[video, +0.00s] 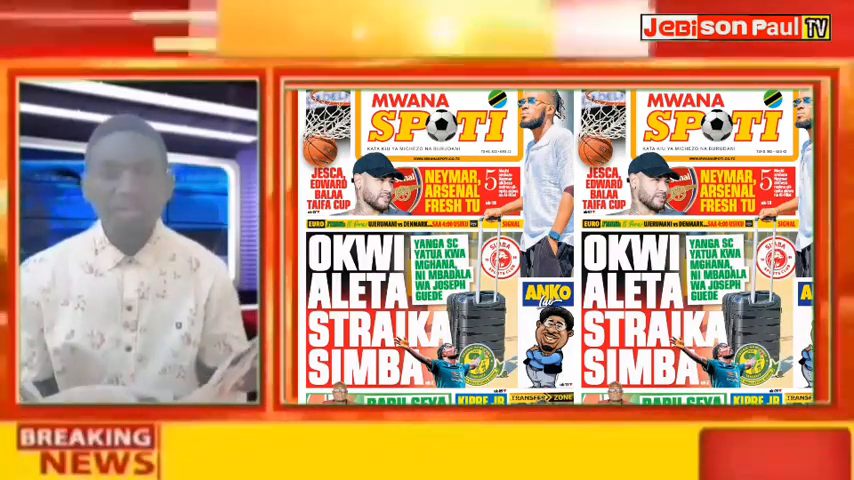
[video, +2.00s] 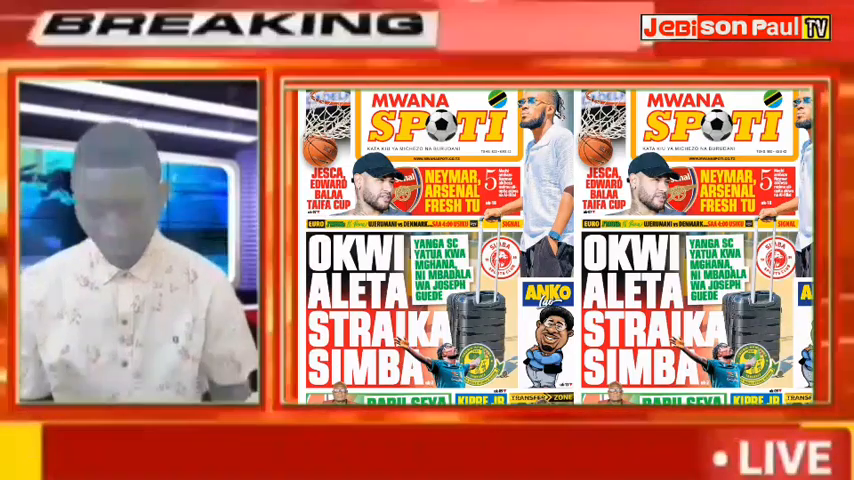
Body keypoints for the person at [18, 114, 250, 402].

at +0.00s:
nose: (127, 187)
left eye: (143, 171)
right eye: (110, 173)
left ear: (169, 184)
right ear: (86, 187)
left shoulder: (208, 274)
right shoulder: (39, 276)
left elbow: (231, 385)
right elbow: (28, 394)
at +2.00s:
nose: (113, 227)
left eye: (128, 208)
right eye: (95, 210)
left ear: (162, 195)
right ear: (74, 199)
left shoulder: (207, 286)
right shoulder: (36, 289)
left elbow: (231, 402)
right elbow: (32, 411)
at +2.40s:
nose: (132, 212)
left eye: (147, 192)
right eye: (114, 194)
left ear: (176, 191)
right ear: (91, 193)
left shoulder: (217, 277)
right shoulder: (50, 283)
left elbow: (255, 388)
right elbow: (43, 403)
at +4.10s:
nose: (132, 212)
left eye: (148, 193)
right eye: (115, 195)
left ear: (176, 186)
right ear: (94, 188)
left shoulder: (218, 274)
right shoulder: (58, 278)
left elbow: (248, 387)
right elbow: (34, 395)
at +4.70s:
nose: (131, 232)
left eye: (148, 215)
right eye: (115, 215)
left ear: (178, 195)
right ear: (91, 194)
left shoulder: (215, 276)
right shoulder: (53, 279)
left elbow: (240, 385)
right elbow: (46, 397)